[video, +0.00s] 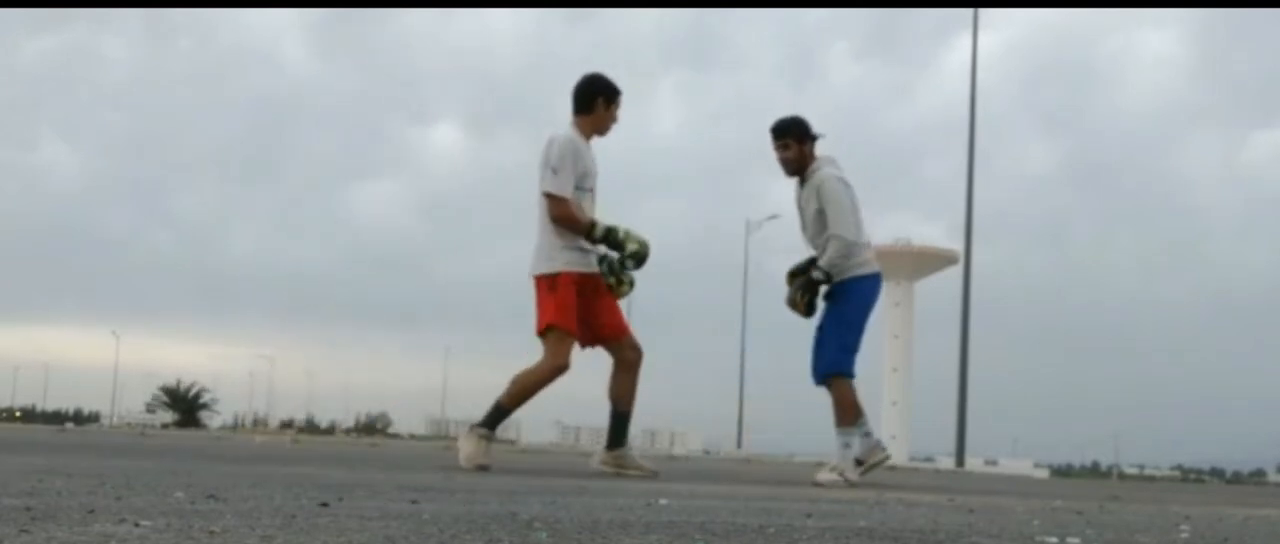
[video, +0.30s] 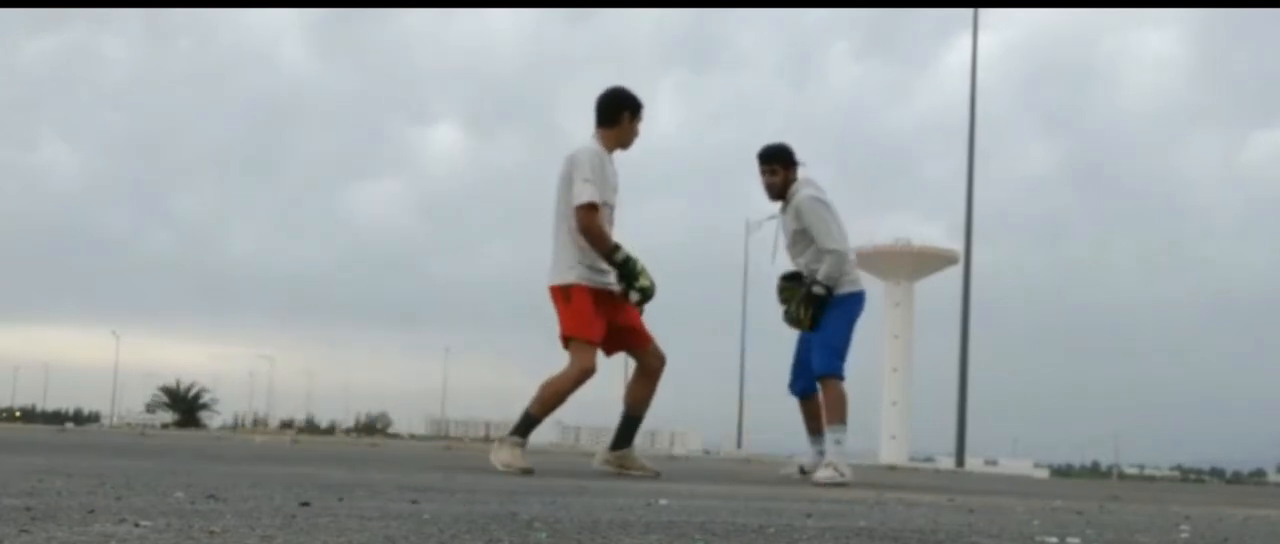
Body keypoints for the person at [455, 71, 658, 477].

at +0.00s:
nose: (615, 118)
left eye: (616, 110)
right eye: (613, 109)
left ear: (592, 107)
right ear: (597, 106)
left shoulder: (585, 153)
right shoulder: (564, 144)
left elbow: (577, 220)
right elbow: (559, 212)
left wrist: (607, 265)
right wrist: (611, 235)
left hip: (587, 272)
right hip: (558, 268)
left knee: (629, 353)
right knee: (556, 360)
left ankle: (616, 450)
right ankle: (480, 433)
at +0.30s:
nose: (638, 132)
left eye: (639, 124)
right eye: (636, 123)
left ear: (612, 120)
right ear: (622, 119)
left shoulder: (606, 165)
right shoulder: (587, 156)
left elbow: (597, 231)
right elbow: (587, 224)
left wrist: (630, 277)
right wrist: (626, 265)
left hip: (604, 286)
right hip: (576, 281)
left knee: (652, 360)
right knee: (582, 365)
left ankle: (620, 450)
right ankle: (512, 441)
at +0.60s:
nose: (636, 104)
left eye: (636, 95)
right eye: (635, 95)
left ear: (603, 89)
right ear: (623, 91)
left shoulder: (597, 126)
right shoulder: (595, 119)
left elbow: (582, 188)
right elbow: (576, 180)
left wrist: (611, 241)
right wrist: (607, 235)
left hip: (591, 248)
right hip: (573, 244)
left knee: (618, 343)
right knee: (579, 341)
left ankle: (593, 442)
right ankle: (521, 435)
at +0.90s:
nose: (639, 97)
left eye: (639, 90)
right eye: (640, 89)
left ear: (603, 85)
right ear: (634, 87)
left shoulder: (587, 120)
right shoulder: (613, 114)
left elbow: (559, 189)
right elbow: (599, 170)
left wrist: (577, 232)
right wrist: (623, 214)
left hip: (585, 243)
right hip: (588, 243)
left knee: (626, 337)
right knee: (588, 337)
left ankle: (601, 432)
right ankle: (534, 434)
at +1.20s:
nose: (657, 110)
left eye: (655, 103)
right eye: (658, 103)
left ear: (622, 99)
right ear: (653, 102)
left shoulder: (602, 139)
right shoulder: (636, 136)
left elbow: (579, 201)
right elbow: (623, 193)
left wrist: (591, 242)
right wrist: (653, 225)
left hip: (595, 256)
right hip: (615, 256)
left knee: (626, 349)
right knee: (622, 347)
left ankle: (603, 442)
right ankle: (562, 427)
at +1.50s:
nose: (676, 136)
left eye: (673, 130)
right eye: (677, 130)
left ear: (643, 125)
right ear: (675, 129)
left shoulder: (618, 161)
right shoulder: (666, 160)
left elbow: (607, 217)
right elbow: (671, 222)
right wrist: (685, 256)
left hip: (599, 269)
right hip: (632, 270)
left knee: (621, 360)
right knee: (643, 361)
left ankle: (619, 443)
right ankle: (603, 447)